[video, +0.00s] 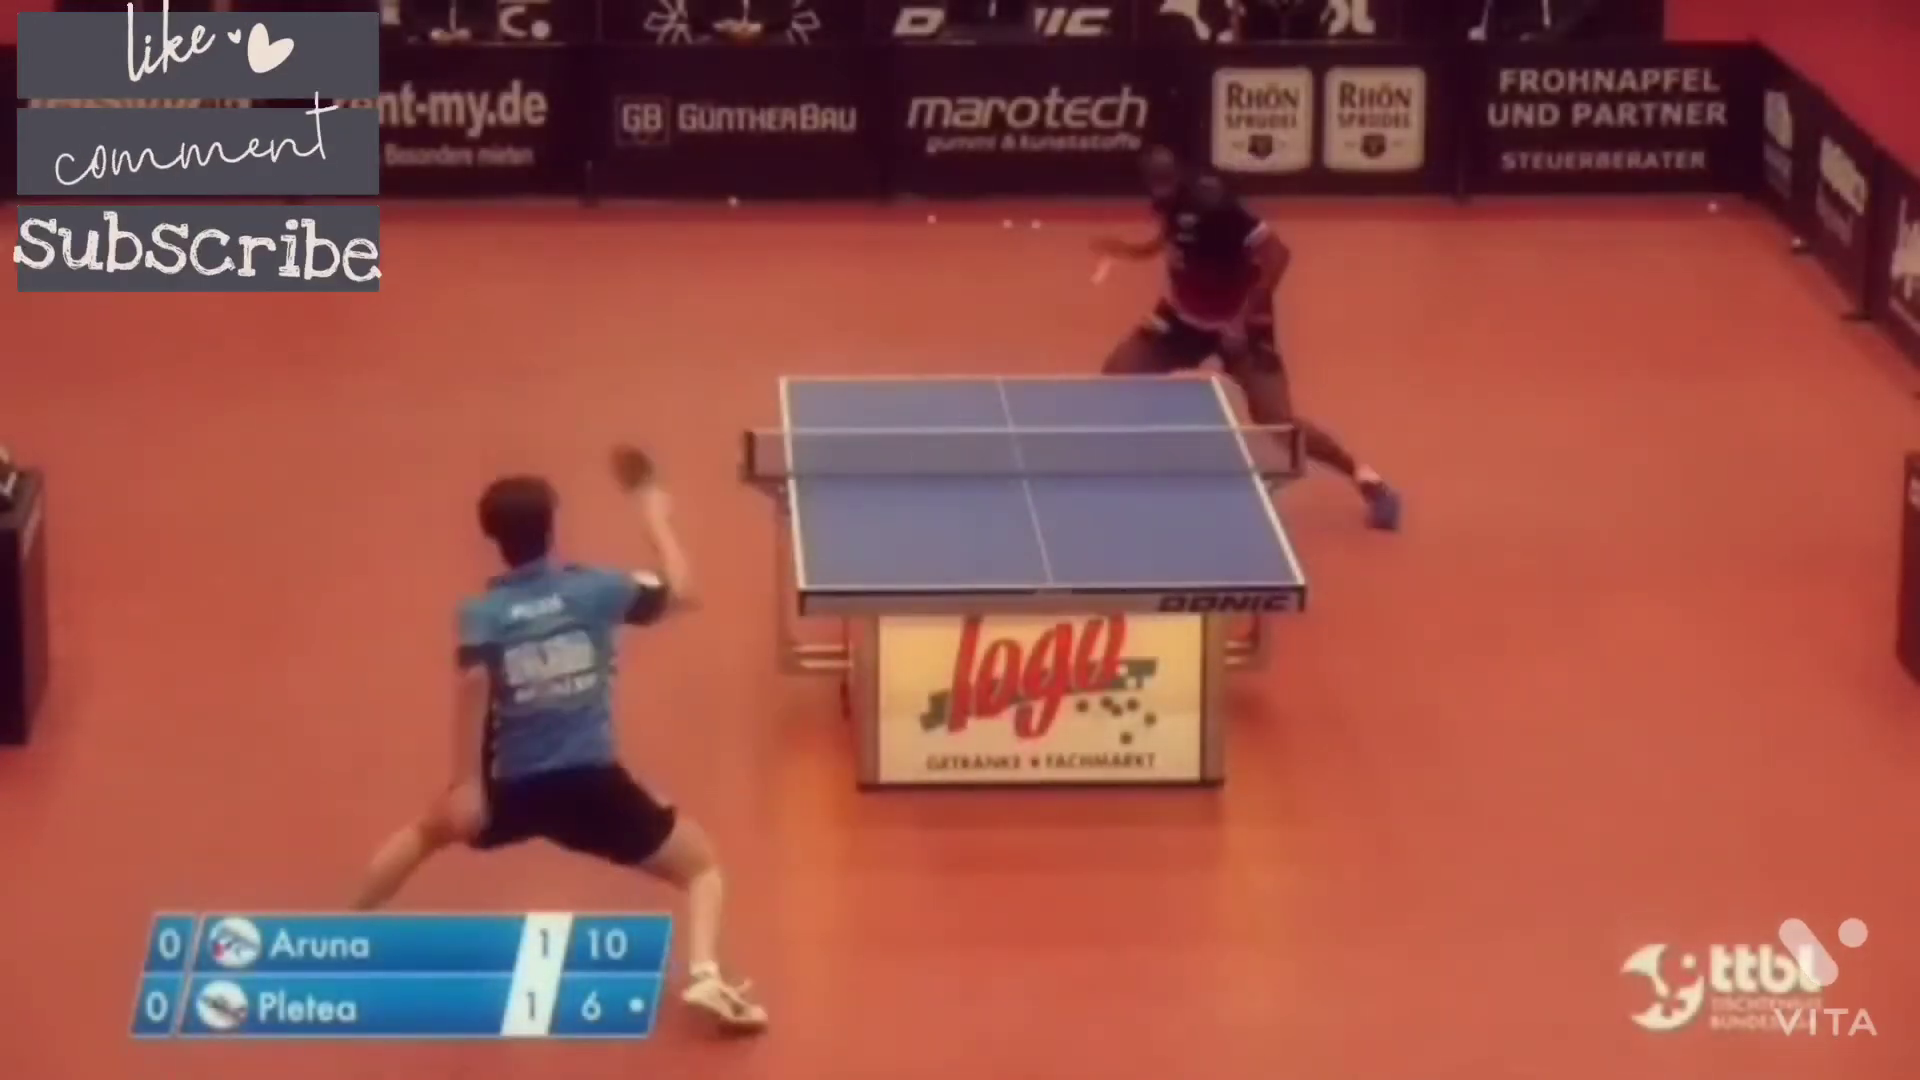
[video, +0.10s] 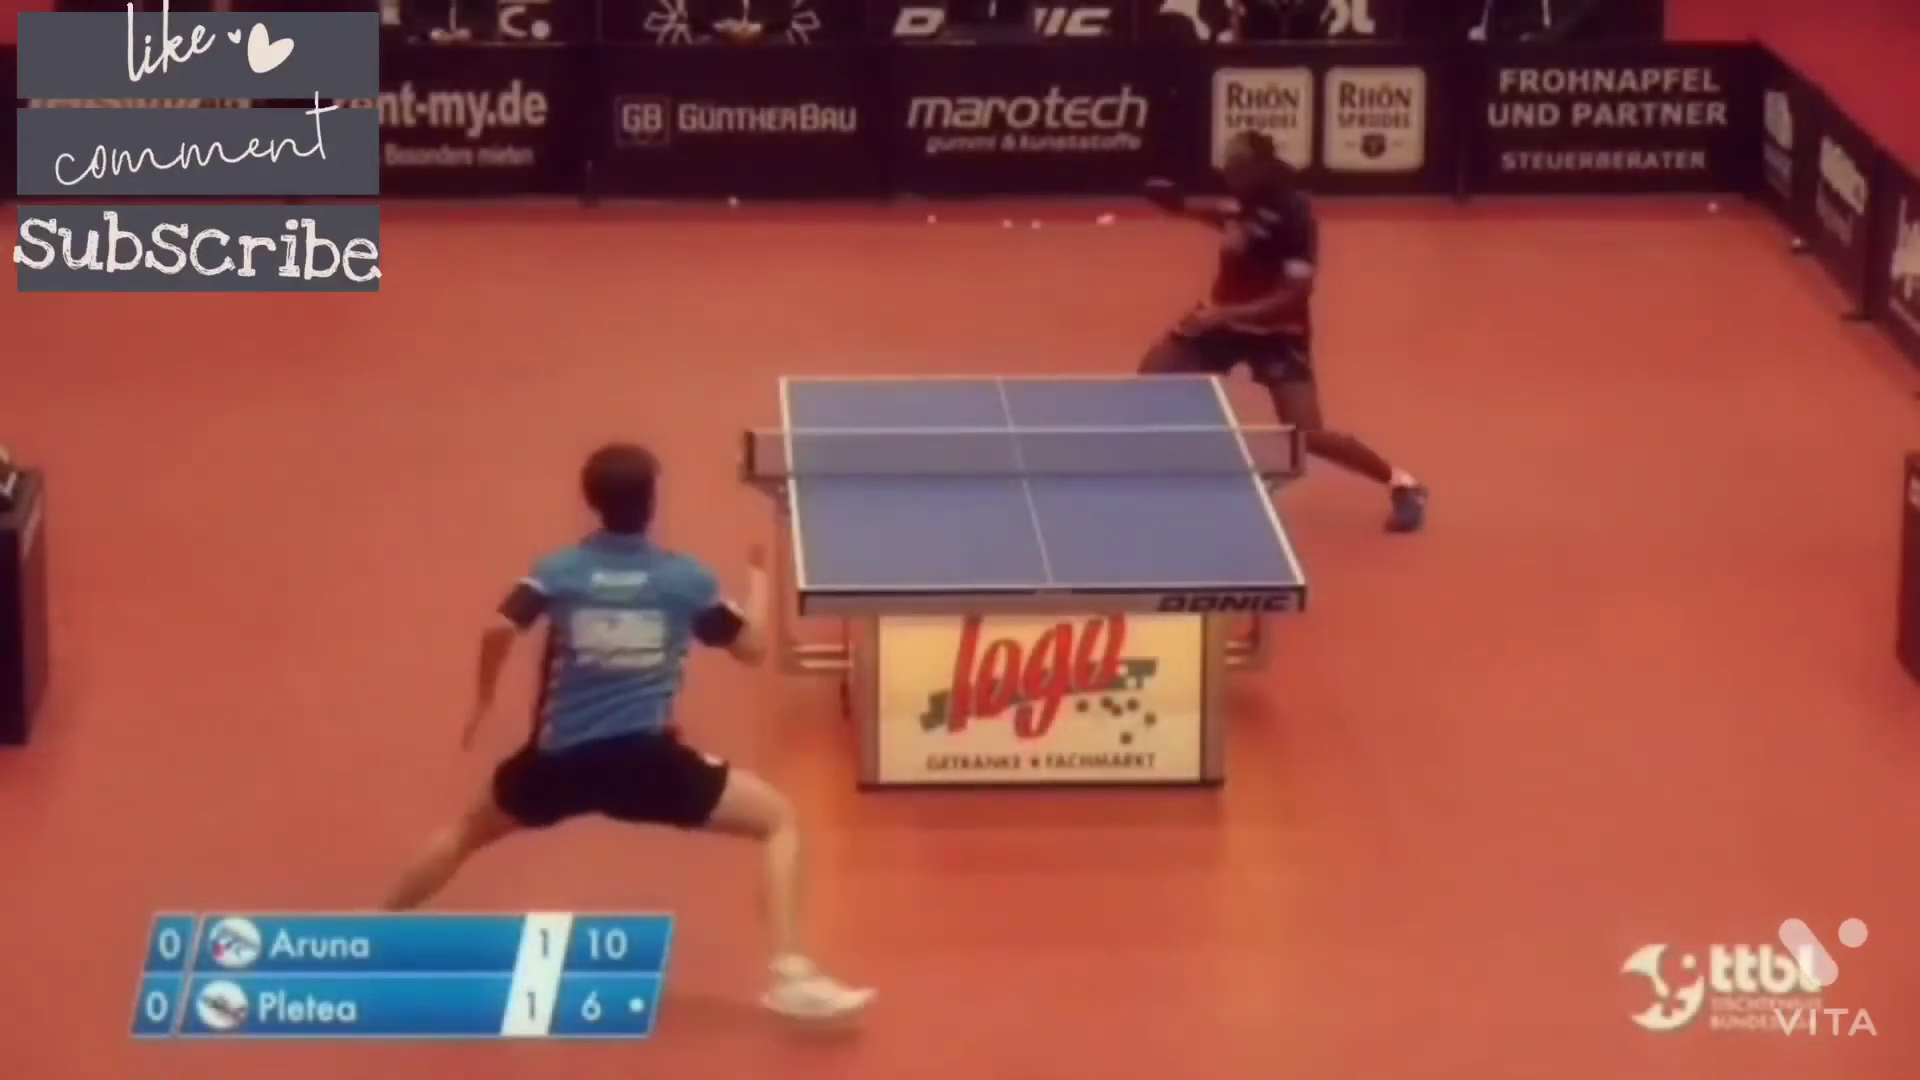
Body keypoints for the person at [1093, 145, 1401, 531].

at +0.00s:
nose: (1160, 189)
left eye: (1165, 180)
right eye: (1154, 182)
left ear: (1181, 175)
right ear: (1149, 182)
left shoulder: (1217, 204)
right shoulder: (1167, 205)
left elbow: (1276, 256)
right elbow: (1164, 242)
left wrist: (1246, 316)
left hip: (1242, 329)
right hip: (1183, 323)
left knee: (1278, 425)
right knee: (1115, 375)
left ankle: (1363, 479)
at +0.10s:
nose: (1232, 175)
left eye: (1240, 167)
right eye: (1230, 167)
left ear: (1263, 167)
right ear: (1232, 170)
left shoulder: (1294, 212)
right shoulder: (1243, 204)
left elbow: (1294, 294)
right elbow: (1225, 216)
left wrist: (1221, 315)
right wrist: (1181, 205)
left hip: (1277, 336)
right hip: (1223, 326)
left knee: (1309, 435)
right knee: (1151, 379)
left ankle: (1402, 485)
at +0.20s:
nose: (1302, 202)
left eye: (1311, 195)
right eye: (1299, 192)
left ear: (1332, 198)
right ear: (1296, 188)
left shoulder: (1346, 248)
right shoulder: (1286, 192)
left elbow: (1300, 313)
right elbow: (1252, 191)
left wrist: (1221, 301)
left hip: (1293, 341)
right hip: (1234, 322)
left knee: (1324, 425)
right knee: (1157, 372)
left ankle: (1401, 488)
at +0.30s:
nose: (1364, 237)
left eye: (1374, 231)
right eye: (1359, 226)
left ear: (1388, 237)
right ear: (1347, 216)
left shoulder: (1381, 289)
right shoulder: (1319, 211)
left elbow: (1342, 334)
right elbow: (1267, 172)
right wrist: (1276, 219)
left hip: (1311, 346)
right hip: (1249, 333)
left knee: (1360, 415)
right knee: (1186, 404)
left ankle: (1405, 490)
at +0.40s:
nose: (1374, 234)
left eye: (1384, 229)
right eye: (1371, 224)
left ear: (1395, 234)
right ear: (1358, 215)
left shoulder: (1385, 284)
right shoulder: (1326, 217)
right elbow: (1259, 215)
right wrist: (1282, 255)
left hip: (1318, 347)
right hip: (1257, 337)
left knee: (1371, 405)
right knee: (1193, 409)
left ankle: (1409, 489)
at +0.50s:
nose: (1338, 198)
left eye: (1348, 190)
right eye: (1331, 187)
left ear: (1363, 194)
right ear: (1318, 185)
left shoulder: (1371, 245)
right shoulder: (1284, 217)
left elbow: (1348, 308)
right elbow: (1221, 253)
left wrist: (1317, 351)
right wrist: (1249, 276)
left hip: (1320, 333)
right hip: (1258, 325)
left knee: (1369, 398)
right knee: (1195, 394)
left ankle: (1410, 489)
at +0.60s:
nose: (1303, 172)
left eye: (1310, 163)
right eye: (1296, 162)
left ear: (1326, 164)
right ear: (1285, 162)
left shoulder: (1346, 219)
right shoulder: (1257, 197)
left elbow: (1349, 296)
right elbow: (1208, 240)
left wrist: (1316, 346)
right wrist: (1205, 276)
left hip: (1309, 322)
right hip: (1242, 310)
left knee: (1357, 396)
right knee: (1170, 378)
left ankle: (1406, 487)